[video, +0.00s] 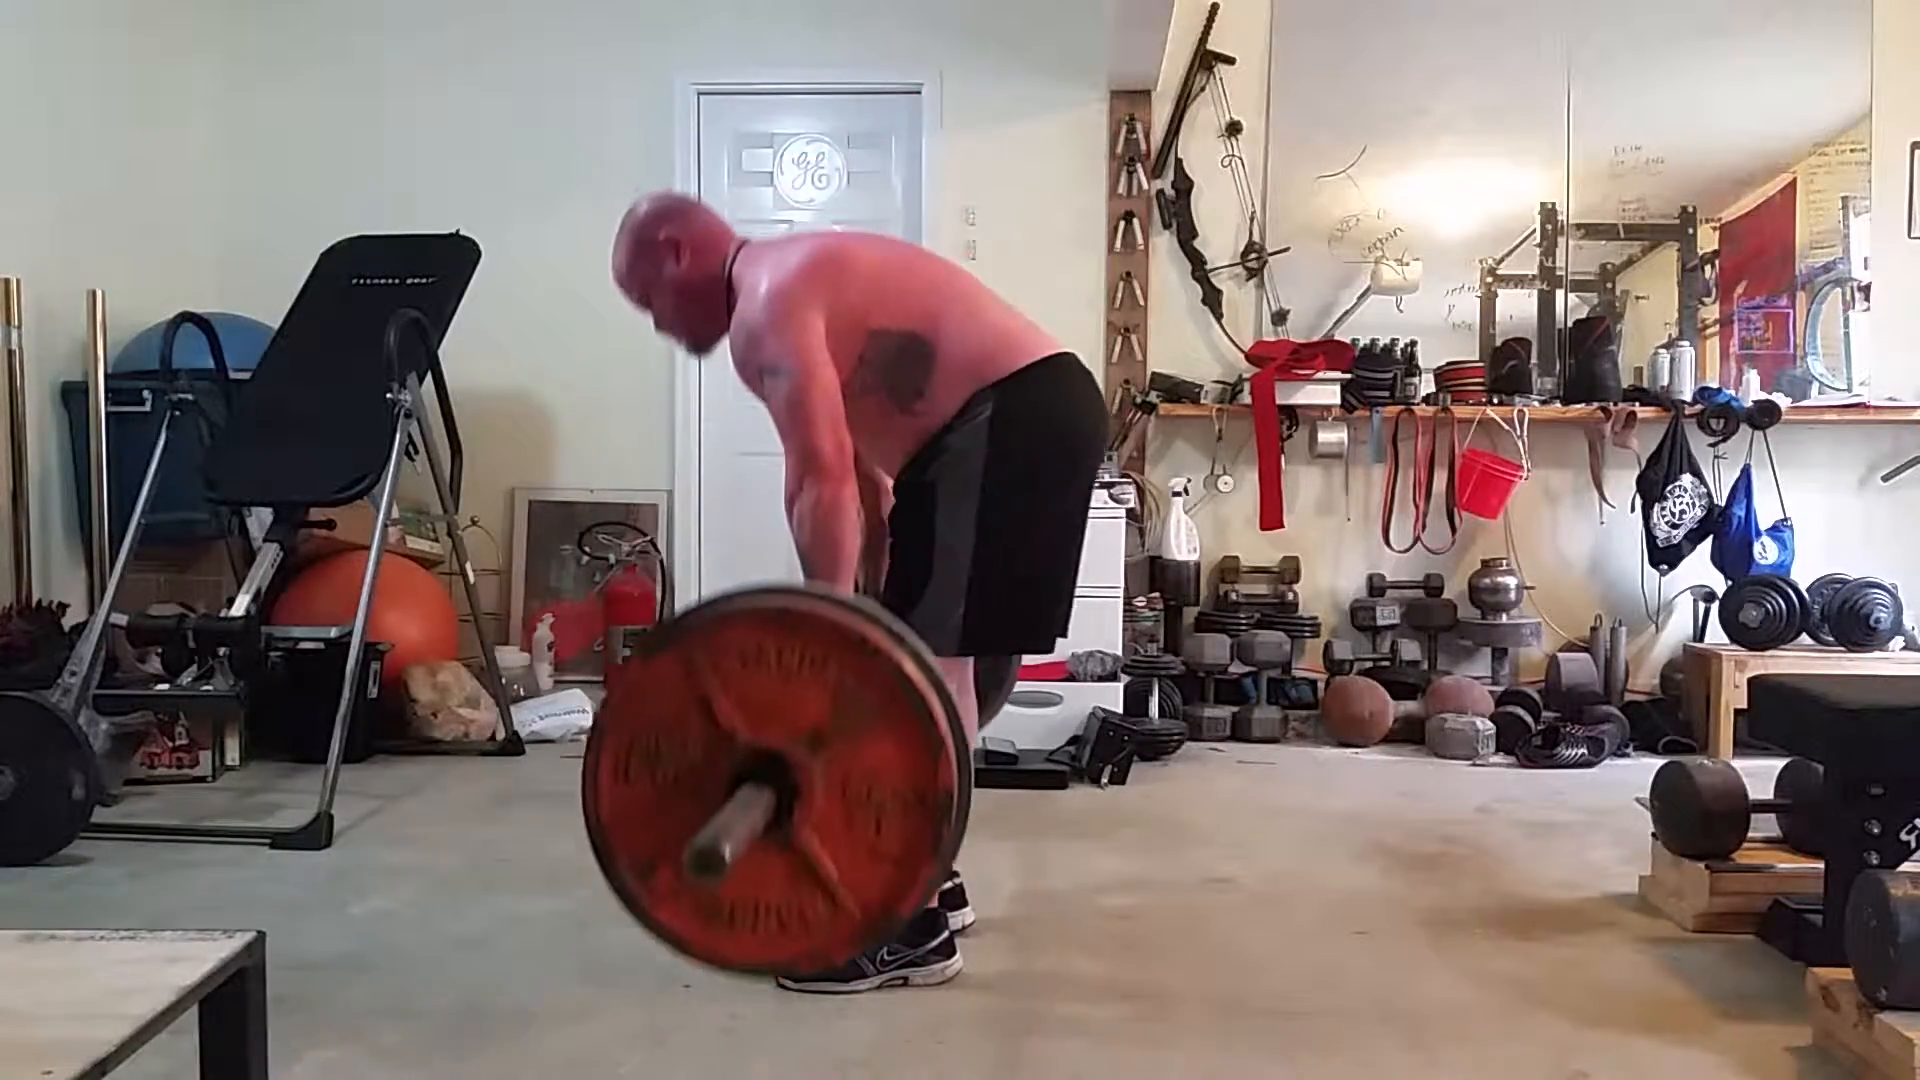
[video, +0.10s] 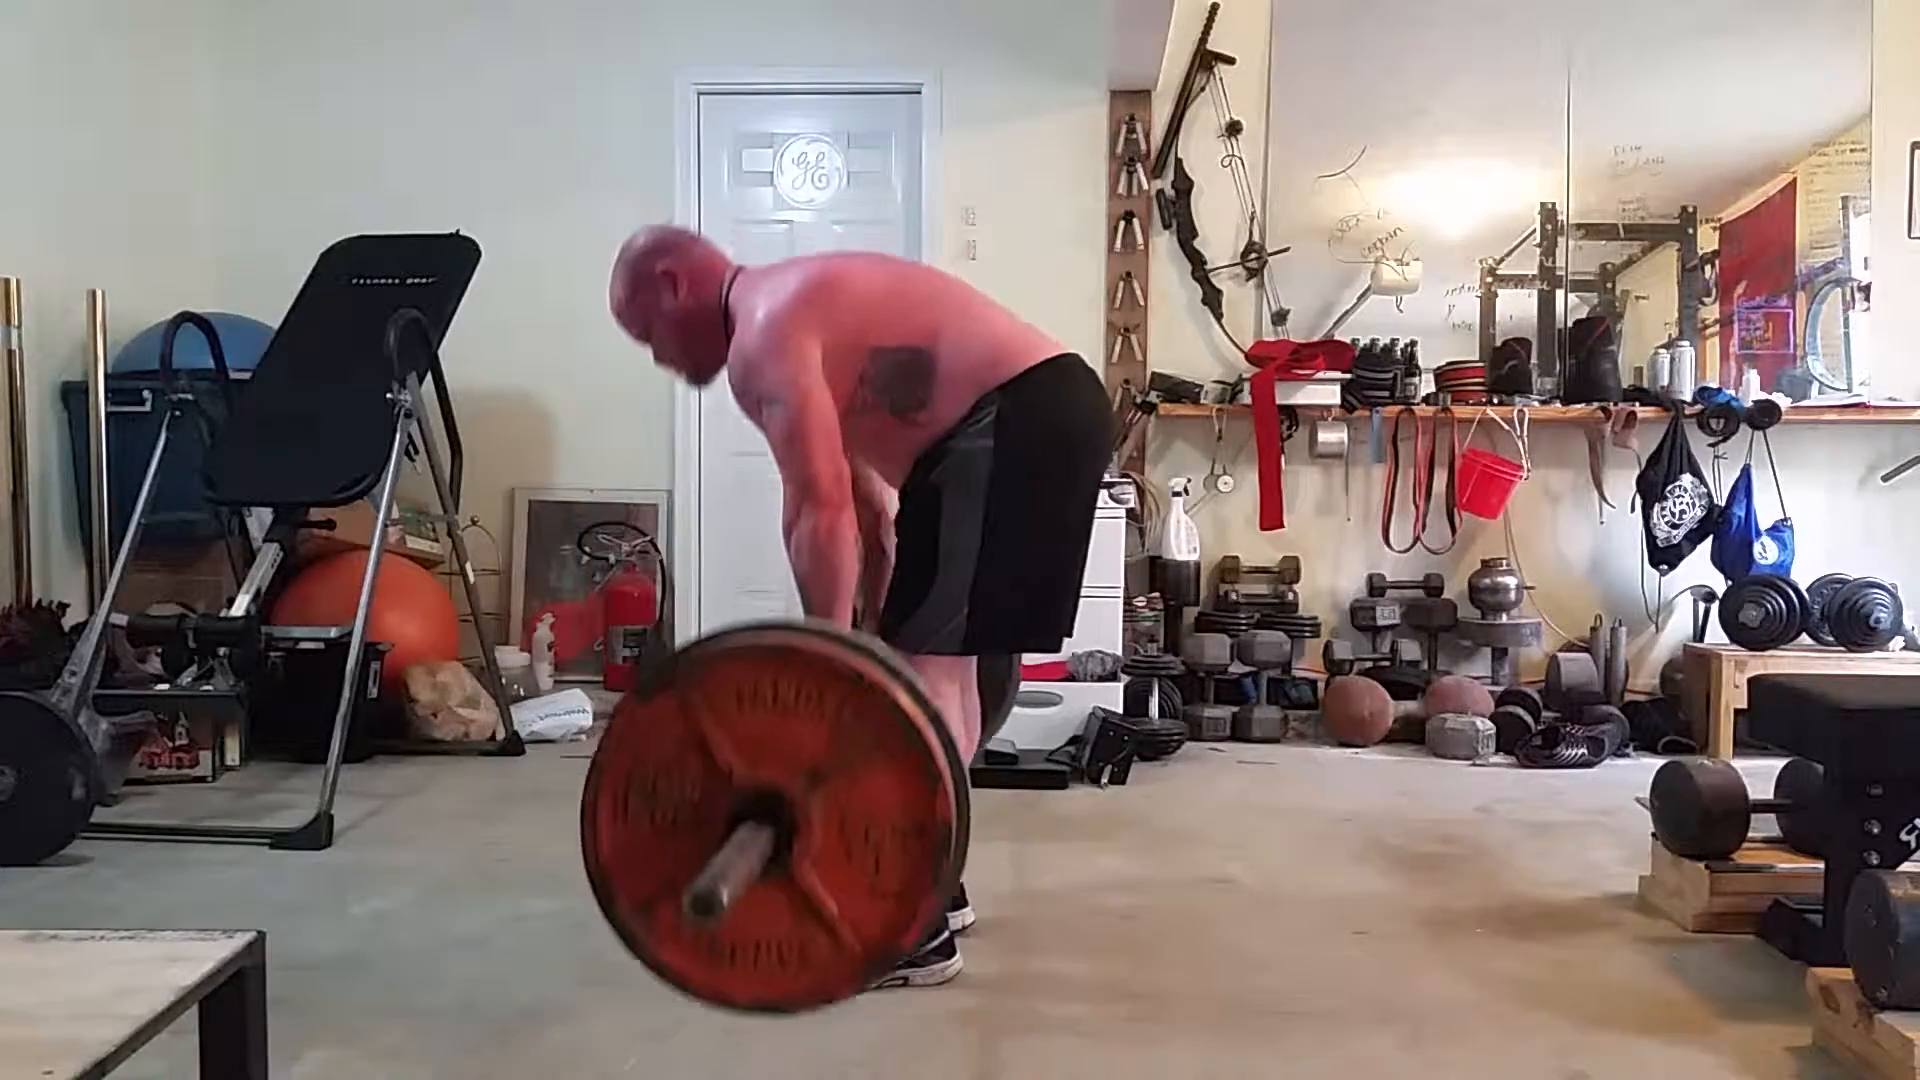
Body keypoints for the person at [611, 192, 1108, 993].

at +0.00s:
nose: (660, 326)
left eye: (650, 302)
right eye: (646, 310)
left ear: (680, 254)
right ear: (693, 246)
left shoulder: (772, 303)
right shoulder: (790, 288)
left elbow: (824, 480)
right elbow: (869, 488)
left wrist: (817, 653)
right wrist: (858, 628)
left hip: (1006, 421)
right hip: (995, 423)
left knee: (926, 666)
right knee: (925, 666)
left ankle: (905, 921)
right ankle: (918, 886)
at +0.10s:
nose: (660, 359)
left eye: (648, 335)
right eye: (645, 342)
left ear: (675, 286)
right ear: (688, 278)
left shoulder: (769, 334)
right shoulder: (784, 319)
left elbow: (822, 509)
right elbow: (873, 513)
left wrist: (821, 672)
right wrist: (862, 655)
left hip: (1015, 418)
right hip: (1009, 415)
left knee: (928, 668)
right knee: (933, 668)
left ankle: (918, 923)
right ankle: (927, 893)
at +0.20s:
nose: (656, 387)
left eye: (645, 364)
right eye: (641, 372)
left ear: (674, 316)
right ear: (684, 310)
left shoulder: (765, 365)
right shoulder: (781, 341)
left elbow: (819, 535)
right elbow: (870, 528)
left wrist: (823, 699)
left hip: (1014, 424)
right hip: (1029, 414)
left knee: (911, 666)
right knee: (933, 665)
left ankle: (922, 927)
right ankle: (931, 904)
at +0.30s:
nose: (655, 413)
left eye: (644, 393)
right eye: (640, 401)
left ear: (669, 340)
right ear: (676, 334)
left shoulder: (761, 387)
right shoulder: (782, 361)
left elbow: (818, 559)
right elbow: (863, 547)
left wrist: (822, 726)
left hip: (1019, 426)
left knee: (907, 664)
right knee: (923, 662)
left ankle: (923, 918)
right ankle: (930, 904)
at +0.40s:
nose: (662, 440)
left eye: (643, 416)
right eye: (641, 425)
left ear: (667, 361)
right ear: (675, 355)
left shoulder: (759, 401)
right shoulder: (785, 379)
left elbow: (815, 578)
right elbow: (865, 563)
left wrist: (823, 740)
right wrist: (871, 678)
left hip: (1022, 427)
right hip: (1037, 418)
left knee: (913, 661)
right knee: (910, 657)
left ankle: (920, 889)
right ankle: (914, 881)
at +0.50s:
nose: (656, 453)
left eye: (643, 433)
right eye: (640, 440)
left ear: (666, 378)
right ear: (673, 372)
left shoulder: (758, 417)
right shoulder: (781, 391)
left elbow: (813, 590)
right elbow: (863, 571)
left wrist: (822, 754)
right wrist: (877, 695)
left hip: (1021, 428)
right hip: (1037, 418)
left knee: (915, 660)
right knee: (912, 655)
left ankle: (912, 888)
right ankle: (901, 877)